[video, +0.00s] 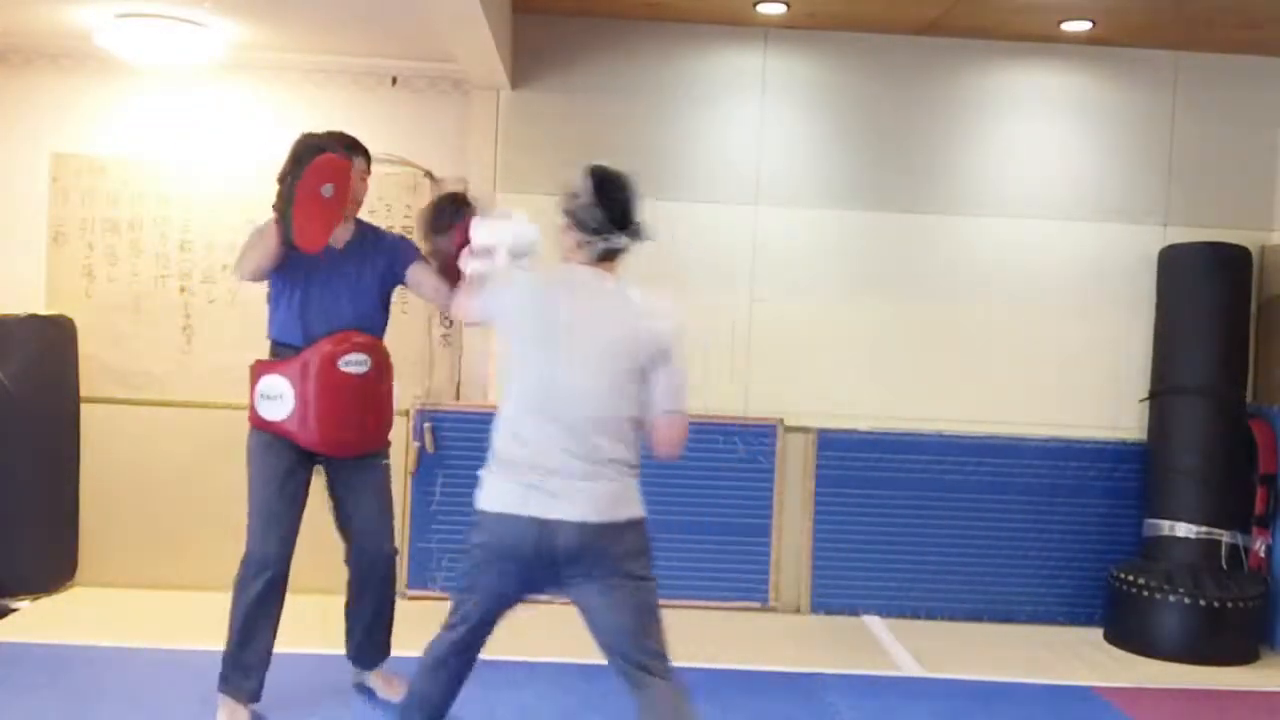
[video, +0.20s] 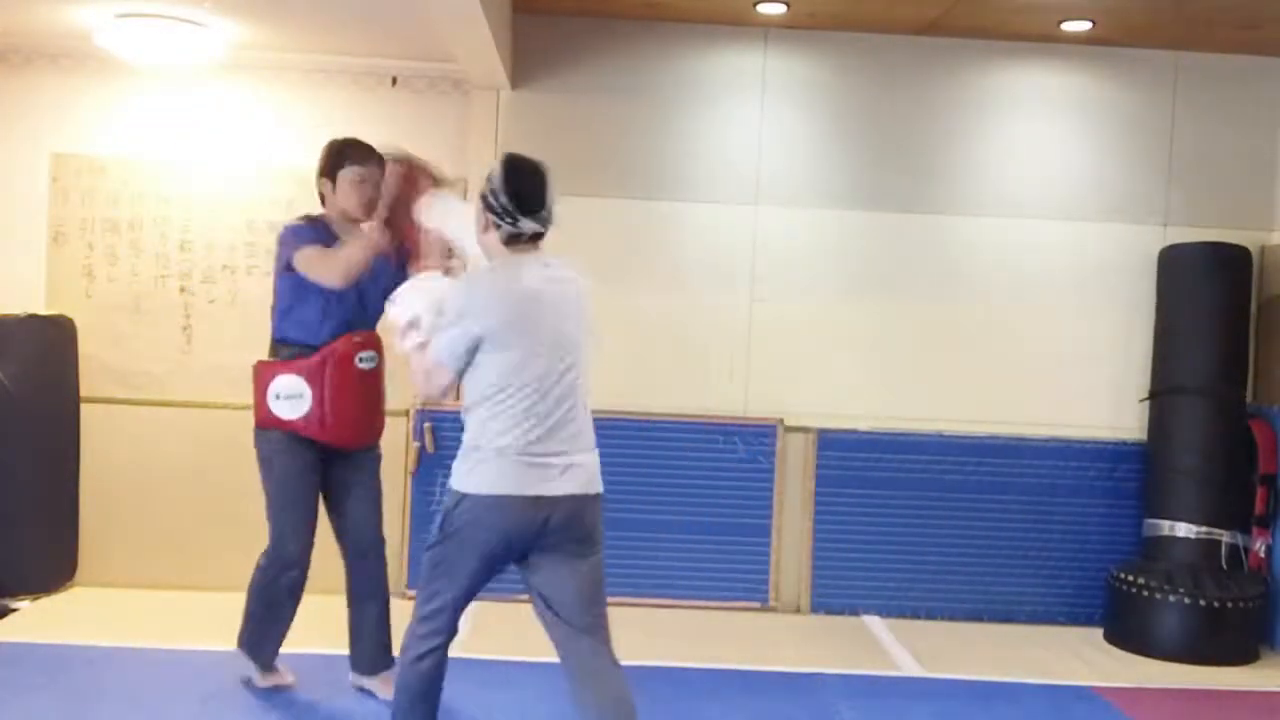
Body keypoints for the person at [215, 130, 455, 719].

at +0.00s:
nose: (351, 188)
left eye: (359, 177)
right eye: (339, 176)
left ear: (366, 184)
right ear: (308, 180)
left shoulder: (385, 247)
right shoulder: (284, 237)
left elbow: (451, 298)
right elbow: (249, 269)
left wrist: (471, 252)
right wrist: (292, 213)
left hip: (357, 407)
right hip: (284, 403)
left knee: (376, 548)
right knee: (268, 552)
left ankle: (368, 665)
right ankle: (236, 693)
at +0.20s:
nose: (369, 195)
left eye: (376, 185)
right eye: (358, 182)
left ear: (379, 194)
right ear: (327, 185)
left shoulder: (383, 252)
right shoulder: (299, 236)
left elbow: (419, 297)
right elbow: (334, 271)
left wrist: (423, 225)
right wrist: (376, 226)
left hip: (352, 409)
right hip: (290, 406)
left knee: (365, 542)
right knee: (292, 543)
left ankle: (372, 665)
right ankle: (257, 652)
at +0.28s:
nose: (364, 206)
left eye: (369, 197)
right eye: (353, 195)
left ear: (368, 201)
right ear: (320, 196)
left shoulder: (351, 260)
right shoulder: (299, 244)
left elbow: (369, 337)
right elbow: (327, 285)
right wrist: (390, 255)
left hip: (339, 426)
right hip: (287, 422)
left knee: (374, 529)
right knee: (279, 543)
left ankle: (370, 658)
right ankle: (246, 656)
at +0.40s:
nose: (363, 208)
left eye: (369, 198)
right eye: (353, 197)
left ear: (369, 203)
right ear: (321, 199)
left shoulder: (343, 263)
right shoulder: (302, 255)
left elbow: (342, 334)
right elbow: (301, 333)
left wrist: (379, 356)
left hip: (333, 422)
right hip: (295, 421)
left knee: (378, 516)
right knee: (291, 537)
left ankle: (363, 634)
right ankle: (245, 654)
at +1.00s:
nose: (411, 211)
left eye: (413, 201)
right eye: (403, 201)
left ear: (408, 204)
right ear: (382, 203)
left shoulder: (419, 259)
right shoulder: (361, 260)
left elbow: (430, 327)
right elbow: (362, 343)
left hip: (402, 411)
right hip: (360, 409)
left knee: (377, 522)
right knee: (341, 522)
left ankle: (346, 625)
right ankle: (262, 637)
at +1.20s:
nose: (433, 211)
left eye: (431, 201)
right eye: (428, 201)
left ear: (411, 203)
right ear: (413, 203)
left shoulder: (404, 260)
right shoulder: (401, 259)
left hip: (387, 406)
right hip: (388, 408)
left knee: (384, 517)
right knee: (392, 520)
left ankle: (352, 623)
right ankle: (322, 610)